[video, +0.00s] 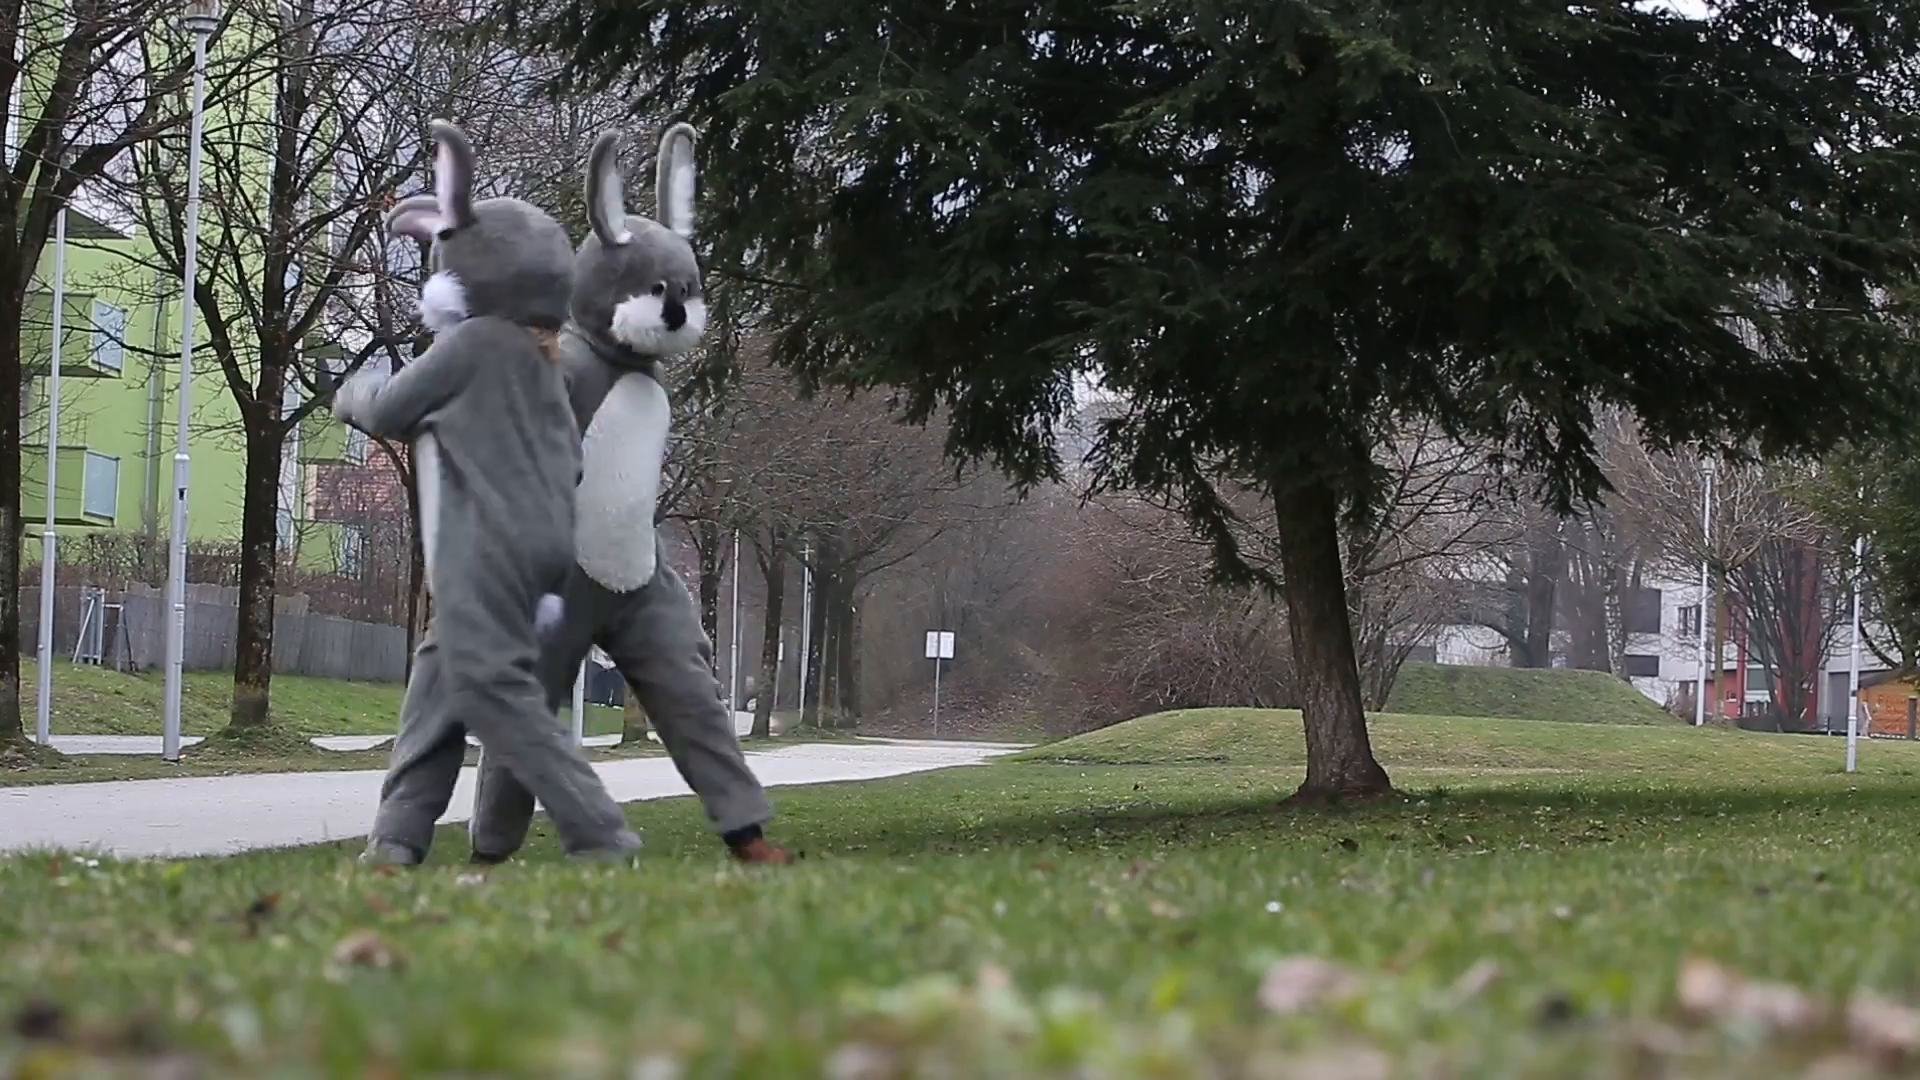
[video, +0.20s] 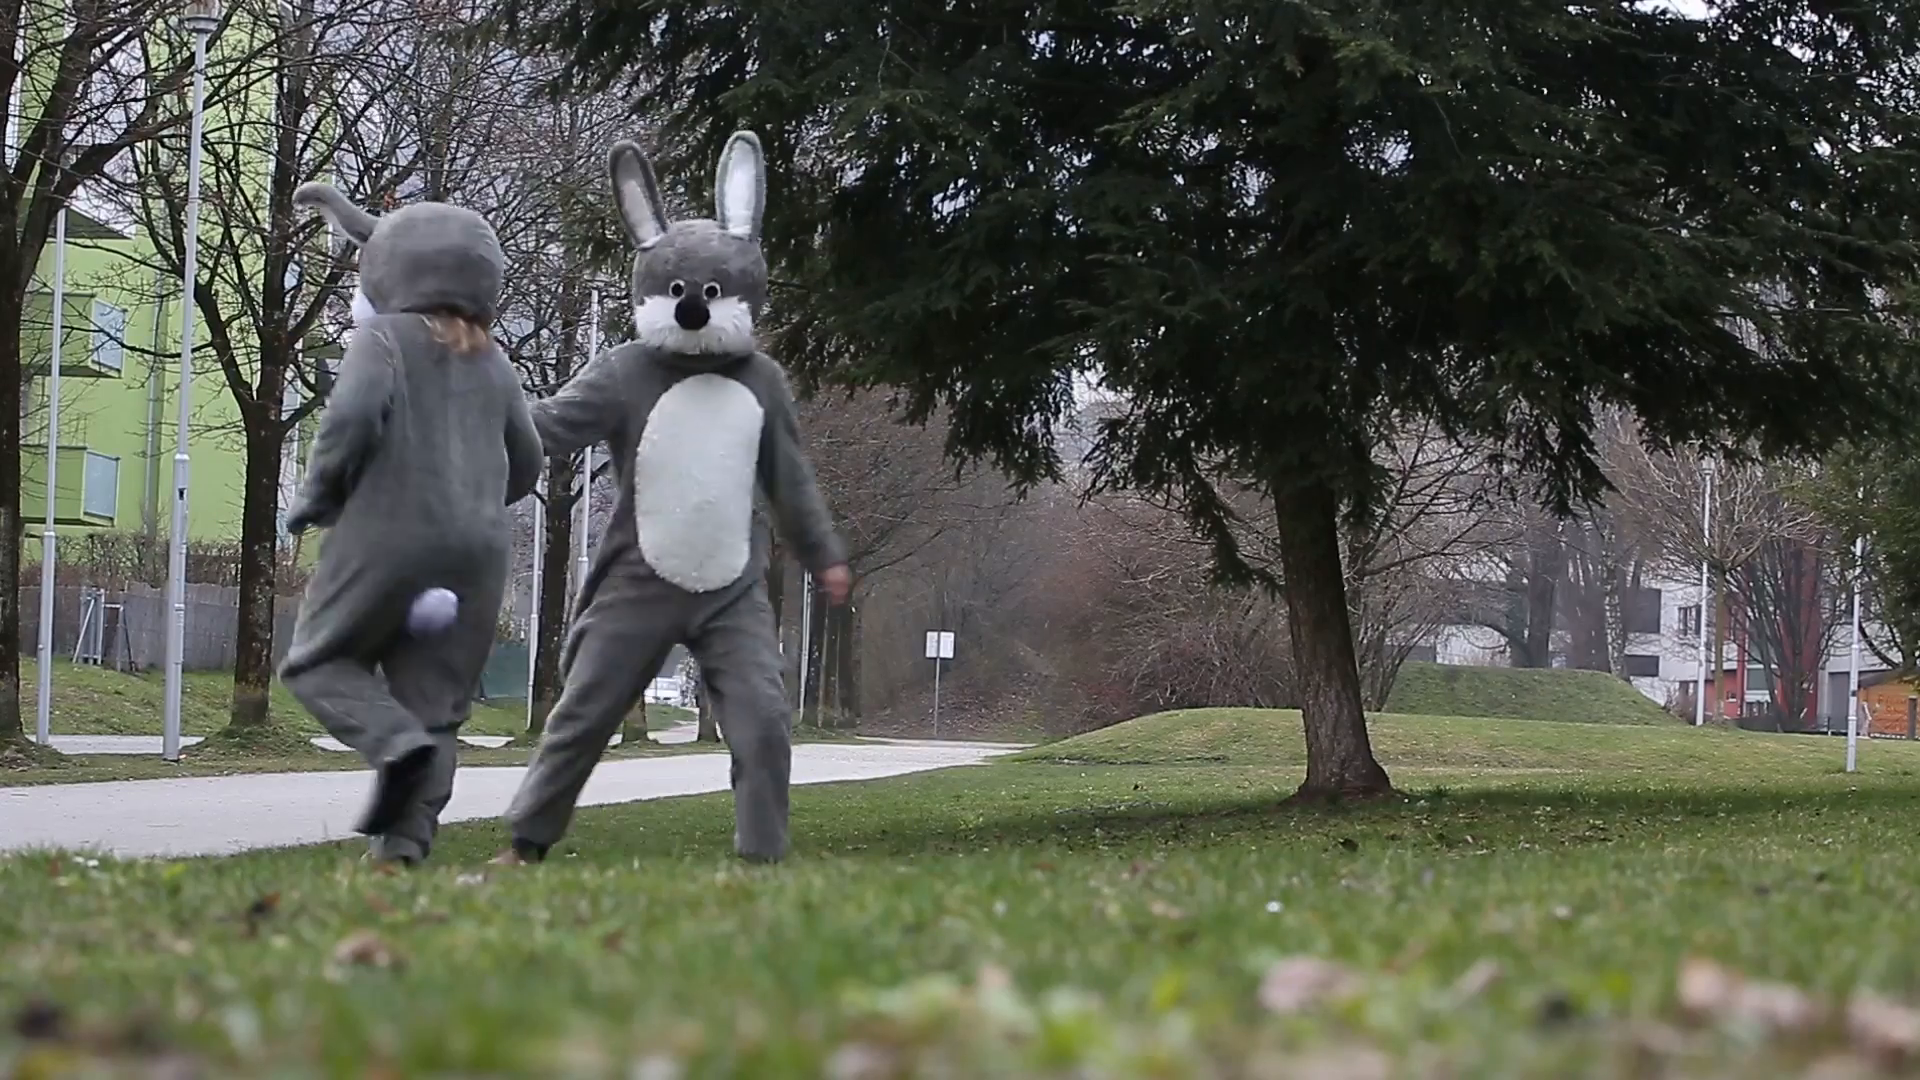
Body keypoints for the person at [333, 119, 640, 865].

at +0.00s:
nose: (441, 278)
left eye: (452, 265)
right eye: (444, 264)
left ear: (480, 277)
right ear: (540, 284)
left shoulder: (473, 343)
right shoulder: (549, 363)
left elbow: (389, 410)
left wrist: (356, 387)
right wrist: (416, 384)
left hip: (484, 541)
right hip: (546, 541)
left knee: (491, 690)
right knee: (439, 682)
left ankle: (602, 840)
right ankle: (399, 840)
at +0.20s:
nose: (366, 279)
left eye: (374, 264)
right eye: (371, 264)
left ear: (393, 271)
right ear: (483, 281)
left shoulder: (382, 339)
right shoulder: (497, 362)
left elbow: (356, 415)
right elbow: (528, 460)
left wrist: (317, 496)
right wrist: (477, 495)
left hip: (392, 533)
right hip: (481, 541)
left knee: (315, 661)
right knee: (436, 702)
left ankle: (398, 744)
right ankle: (407, 844)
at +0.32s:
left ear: (360, 247)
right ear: (463, 256)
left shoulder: (345, 307)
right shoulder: (479, 333)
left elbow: (296, 358)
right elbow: (518, 432)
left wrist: (309, 432)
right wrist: (484, 473)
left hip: (333, 512)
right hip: (434, 521)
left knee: (313, 641)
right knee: (412, 674)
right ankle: (373, 824)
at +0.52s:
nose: (429, 321)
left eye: (429, 307)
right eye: (425, 308)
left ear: (322, 298)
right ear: (403, 309)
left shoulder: (280, 376)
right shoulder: (397, 381)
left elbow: (211, 435)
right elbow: (441, 480)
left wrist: (268, 484)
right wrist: (490, 459)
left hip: (272, 573)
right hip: (353, 579)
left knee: (278, 724)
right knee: (384, 713)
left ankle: (214, 858)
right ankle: (287, 848)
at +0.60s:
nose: (415, 347)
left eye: (417, 332)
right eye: (411, 330)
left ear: (314, 319)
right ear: (383, 325)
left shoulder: (281, 395)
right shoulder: (364, 396)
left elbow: (238, 478)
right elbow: (393, 500)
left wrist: (305, 513)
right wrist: (470, 483)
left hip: (257, 580)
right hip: (325, 583)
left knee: (294, 737)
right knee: (394, 713)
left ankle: (219, 856)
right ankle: (296, 843)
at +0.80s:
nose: (401, 296)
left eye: (403, 281)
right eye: (393, 279)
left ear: (328, 281)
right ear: (350, 278)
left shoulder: (339, 355)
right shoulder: (315, 348)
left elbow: (374, 426)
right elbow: (307, 435)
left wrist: (426, 445)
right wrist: (397, 472)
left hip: (301, 532)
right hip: (312, 530)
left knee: (286, 693)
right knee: (416, 642)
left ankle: (228, 848)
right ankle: (326, 783)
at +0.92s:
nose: (402, 272)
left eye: (401, 259)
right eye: (389, 257)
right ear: (346, 258)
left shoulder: (368, 348)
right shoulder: (313, 335)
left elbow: (382, 421)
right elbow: (286, 419)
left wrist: (434, 440)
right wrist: (364, 482)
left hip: (338, 523)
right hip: (312, 519)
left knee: (299, 690)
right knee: (412, 634)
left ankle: (241, 845)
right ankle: (332, 775)